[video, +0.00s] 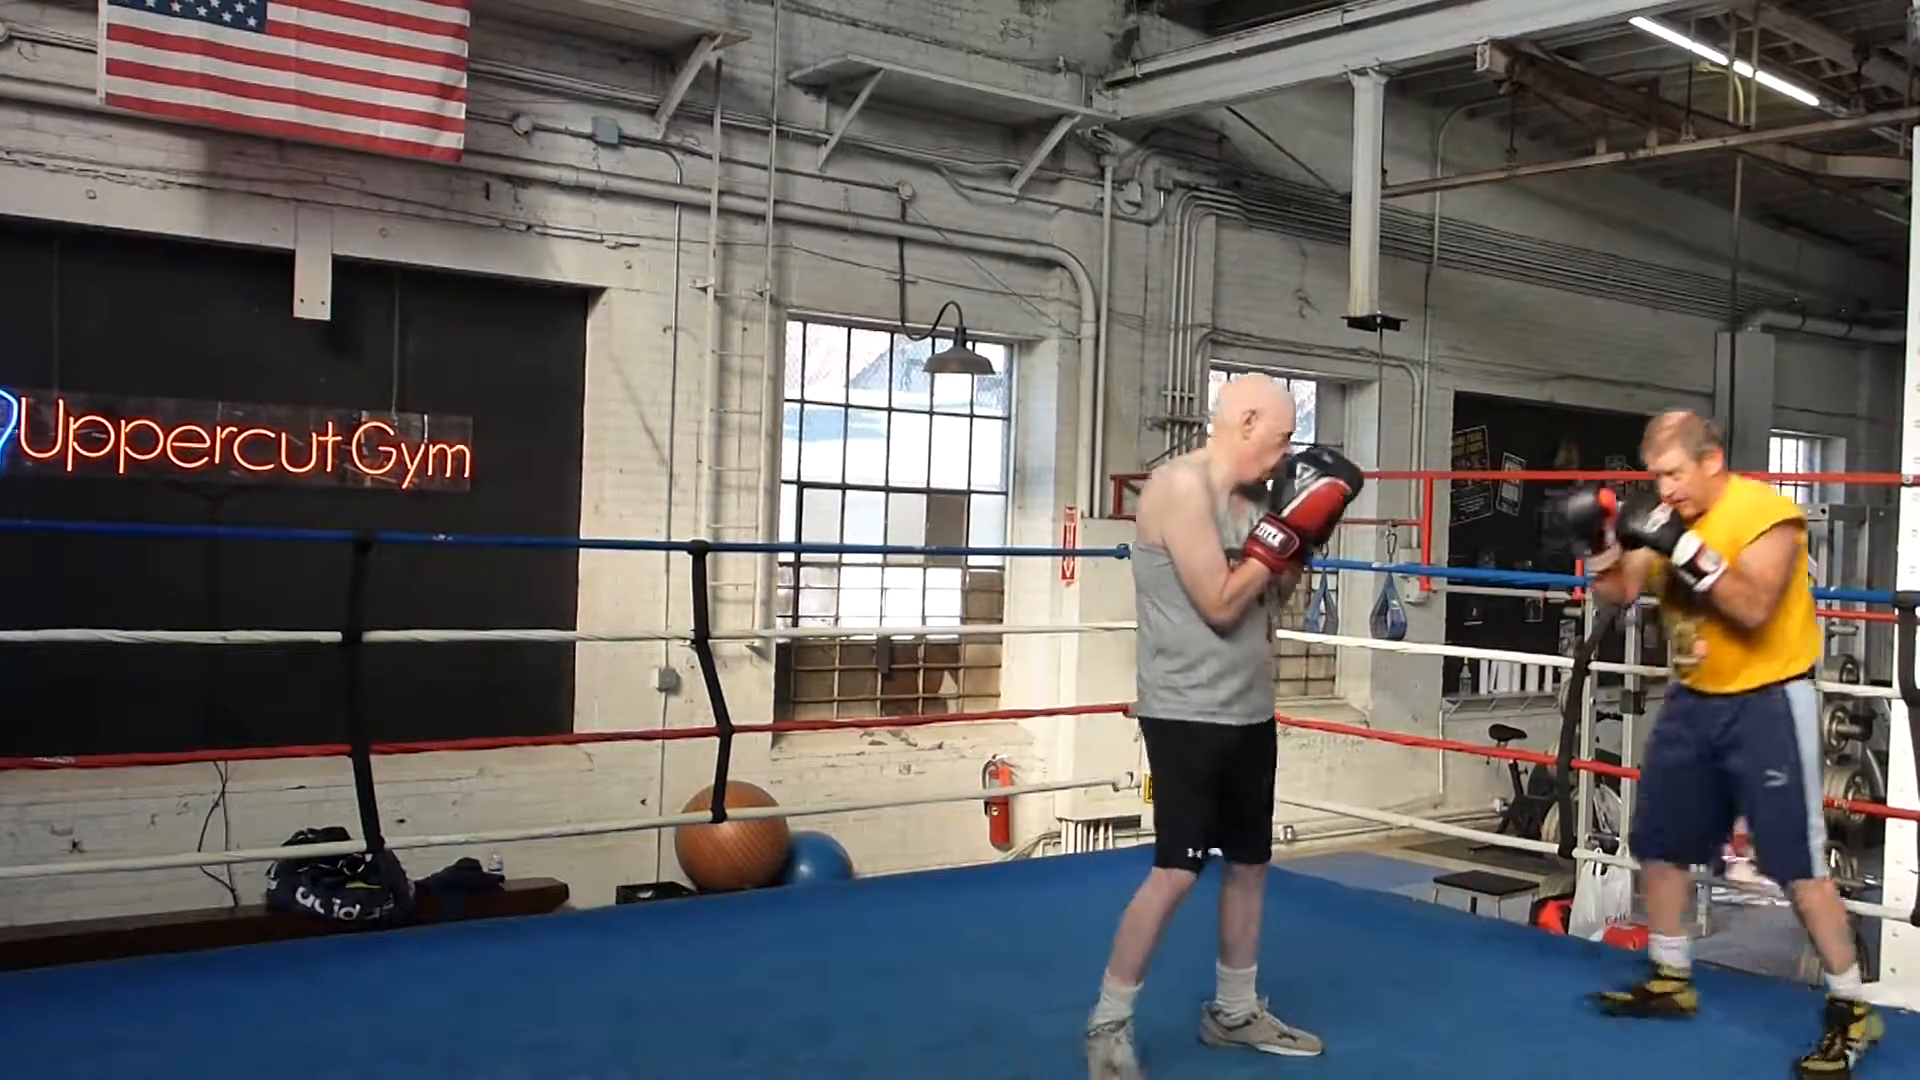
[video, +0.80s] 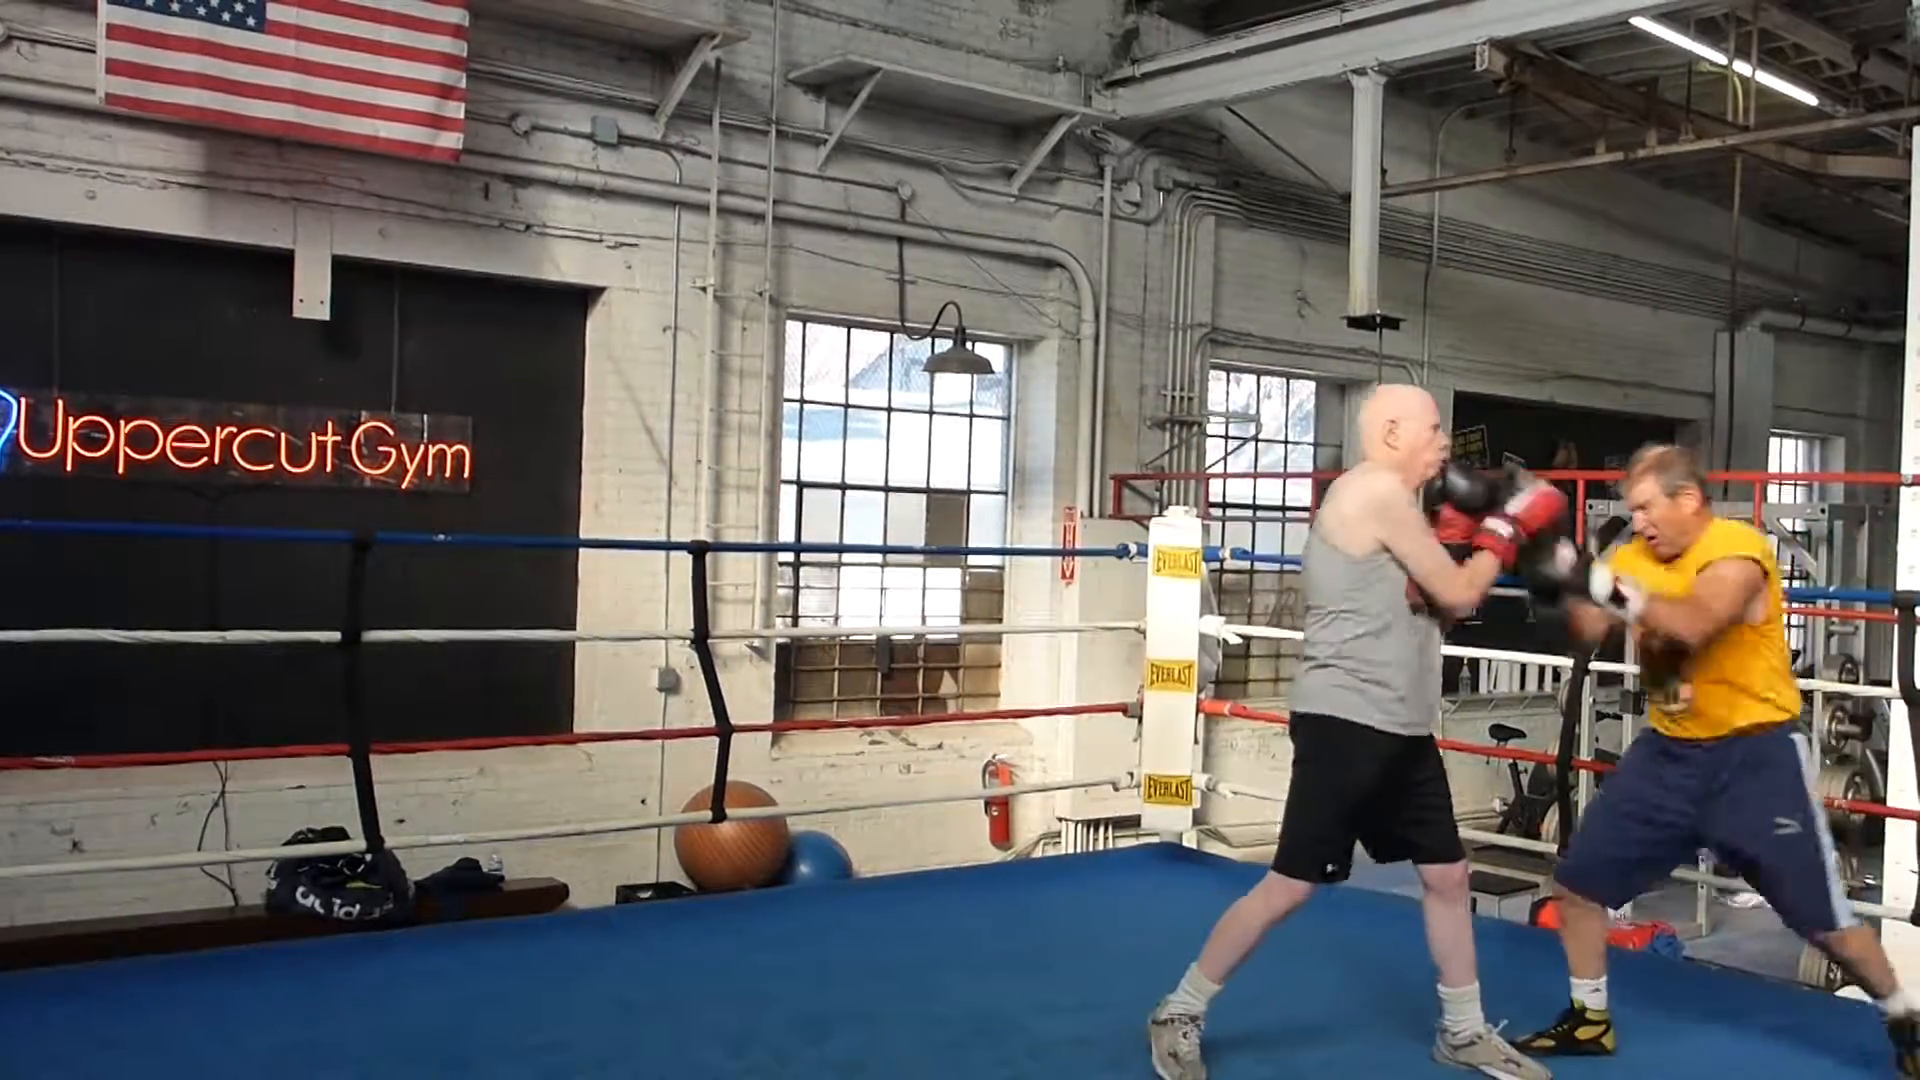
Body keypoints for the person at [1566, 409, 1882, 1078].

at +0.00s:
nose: (1665, 489)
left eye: (1673, 475)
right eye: (1656, 478)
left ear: (1715, 460)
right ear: (1655, 477)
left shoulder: (1766, 509)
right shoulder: (1667, 521)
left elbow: (1753, 607)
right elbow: (1616, 594)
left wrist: (1684, 546)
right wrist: (1602, 544)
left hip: (1769, 703)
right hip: (1691, 703)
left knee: (1794, 859)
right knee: (1659, 841)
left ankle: (1853, 1007)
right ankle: (1670, 981)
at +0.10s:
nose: (1706, 500)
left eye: (1715, 485)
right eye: (1698, 489)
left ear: (1756, 468)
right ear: (1693, 485)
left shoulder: (1814, 521)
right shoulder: (1704, 527)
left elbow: (1788, 616)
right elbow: (1651, 604)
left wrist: (1716, 550)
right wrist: (1633, 550)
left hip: (1808, 716)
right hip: (1728, 715)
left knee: (1844, 878)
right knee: (1702, 863)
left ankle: (1904, 1016)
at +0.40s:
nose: (1774, 537)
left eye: (1785, 521)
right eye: (1767, 524)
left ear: (1831, 511)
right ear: (1760, 522)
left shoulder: (1883, 570)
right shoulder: (1772, 573)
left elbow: (1848, 671)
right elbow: (1725, 663)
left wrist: (1779, 595)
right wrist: (1701, 617)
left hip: (1865, 770)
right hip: (1772, 759)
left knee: (1898, 933)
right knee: (1680, 862)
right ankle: (1730, 1002)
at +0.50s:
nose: (1762, 530)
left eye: (1773, 515)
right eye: (1755, 516)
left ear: (1818, 506)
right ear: (1751, 514)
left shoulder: (1870, 564)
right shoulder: (1746, 560)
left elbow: (1846, 667)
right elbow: (1673, 623)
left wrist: (1778, 592)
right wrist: (1647, 586)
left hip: (1860, 766)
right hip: (1763, 756)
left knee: (1899, 931)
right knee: (1662, 866)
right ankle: (1645, 1013)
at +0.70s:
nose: (1674, 524)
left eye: (1684, 510)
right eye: (1669, 513)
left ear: (1727, 501)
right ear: (1668, 513)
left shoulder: (1780, 544)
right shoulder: (1676, 565)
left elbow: (1748, 617)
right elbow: (1638, 651)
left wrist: (1662, 564)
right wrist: (1600, 622)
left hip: (1796, 753)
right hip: (1704, 752)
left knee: (1876, 925)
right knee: (1613, 877)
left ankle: (1917, 1037)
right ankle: (1596, 1020)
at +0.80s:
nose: (1638, 523)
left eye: (1646, 508)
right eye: (1632, 512)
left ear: (1689, 499)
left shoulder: (1739, 547)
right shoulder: (1639, 558)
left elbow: (1694, 623)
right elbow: (1594, 632)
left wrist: (1620, 583)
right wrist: (1575, 589)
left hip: (1758, 751)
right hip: (1667, 749)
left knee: (1820, 916)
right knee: (1580, 879)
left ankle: (1902, 1014)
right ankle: (1588, 1019)